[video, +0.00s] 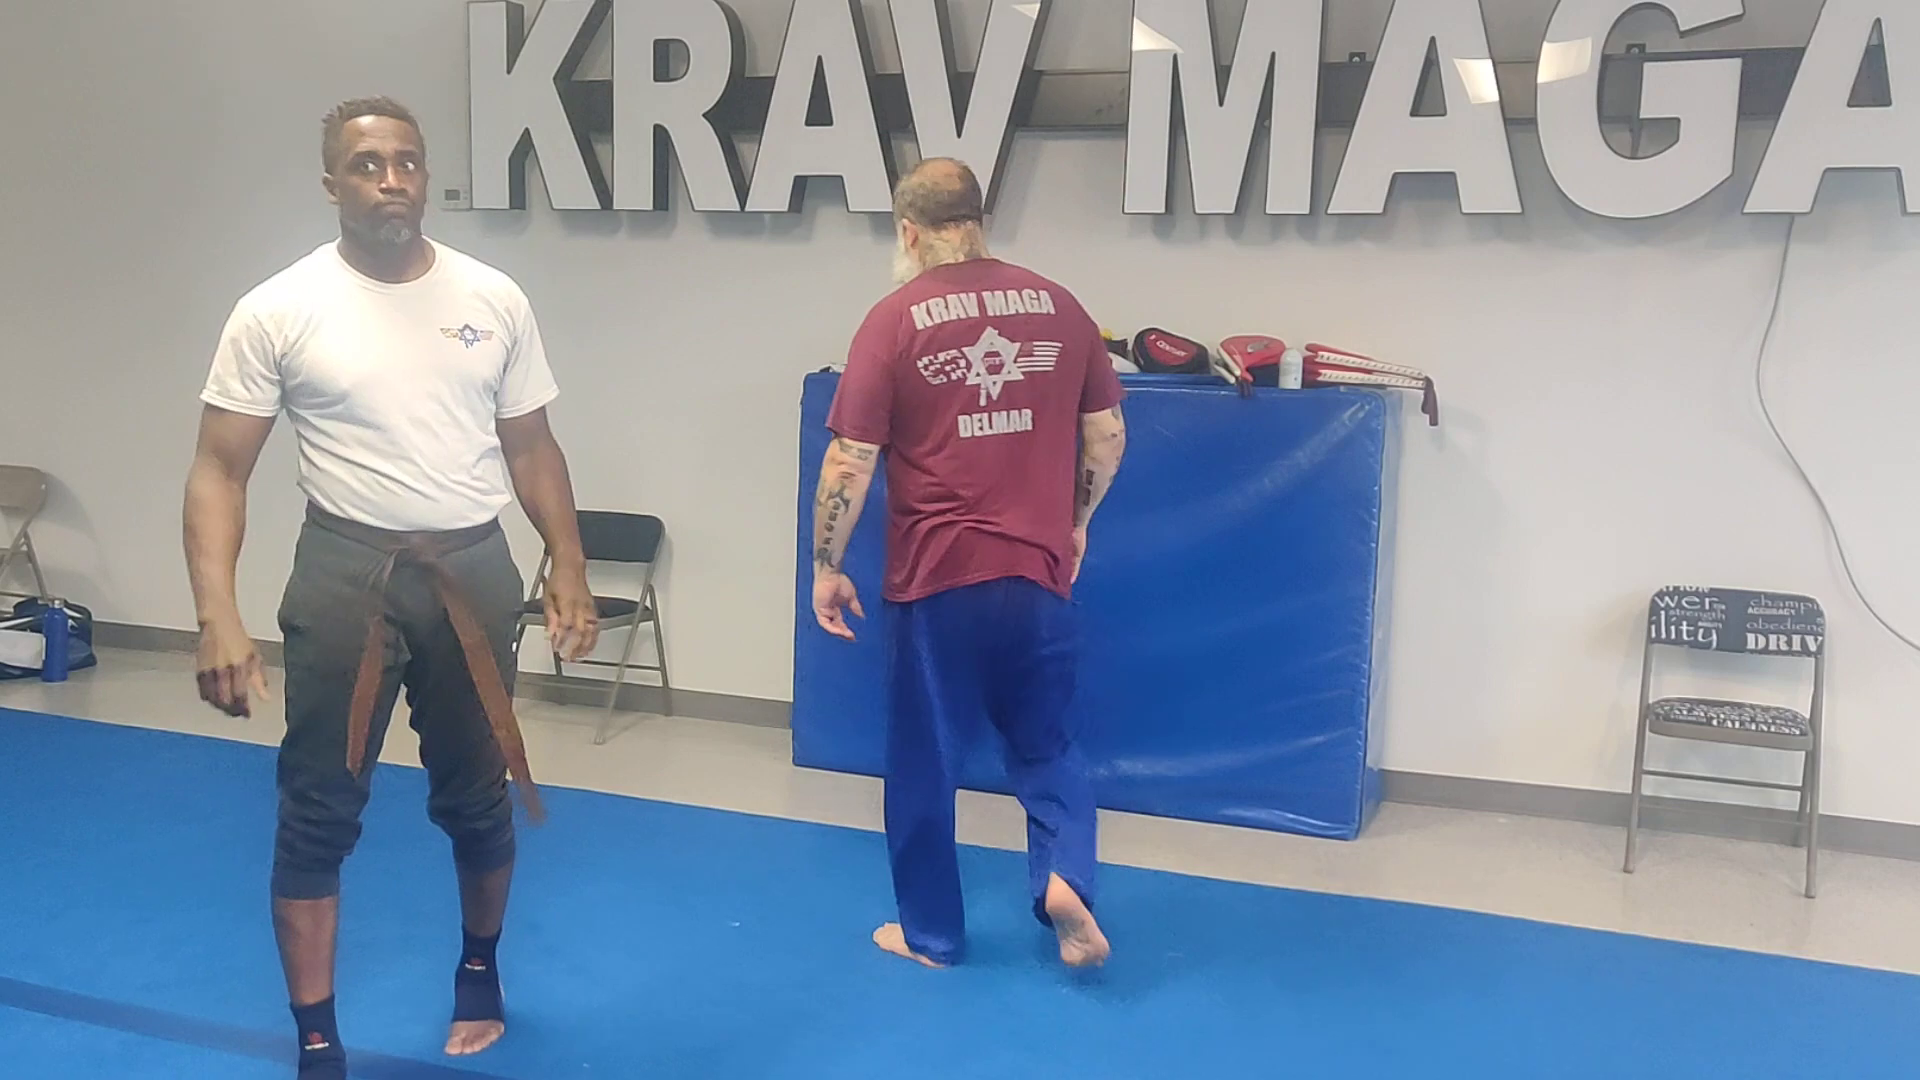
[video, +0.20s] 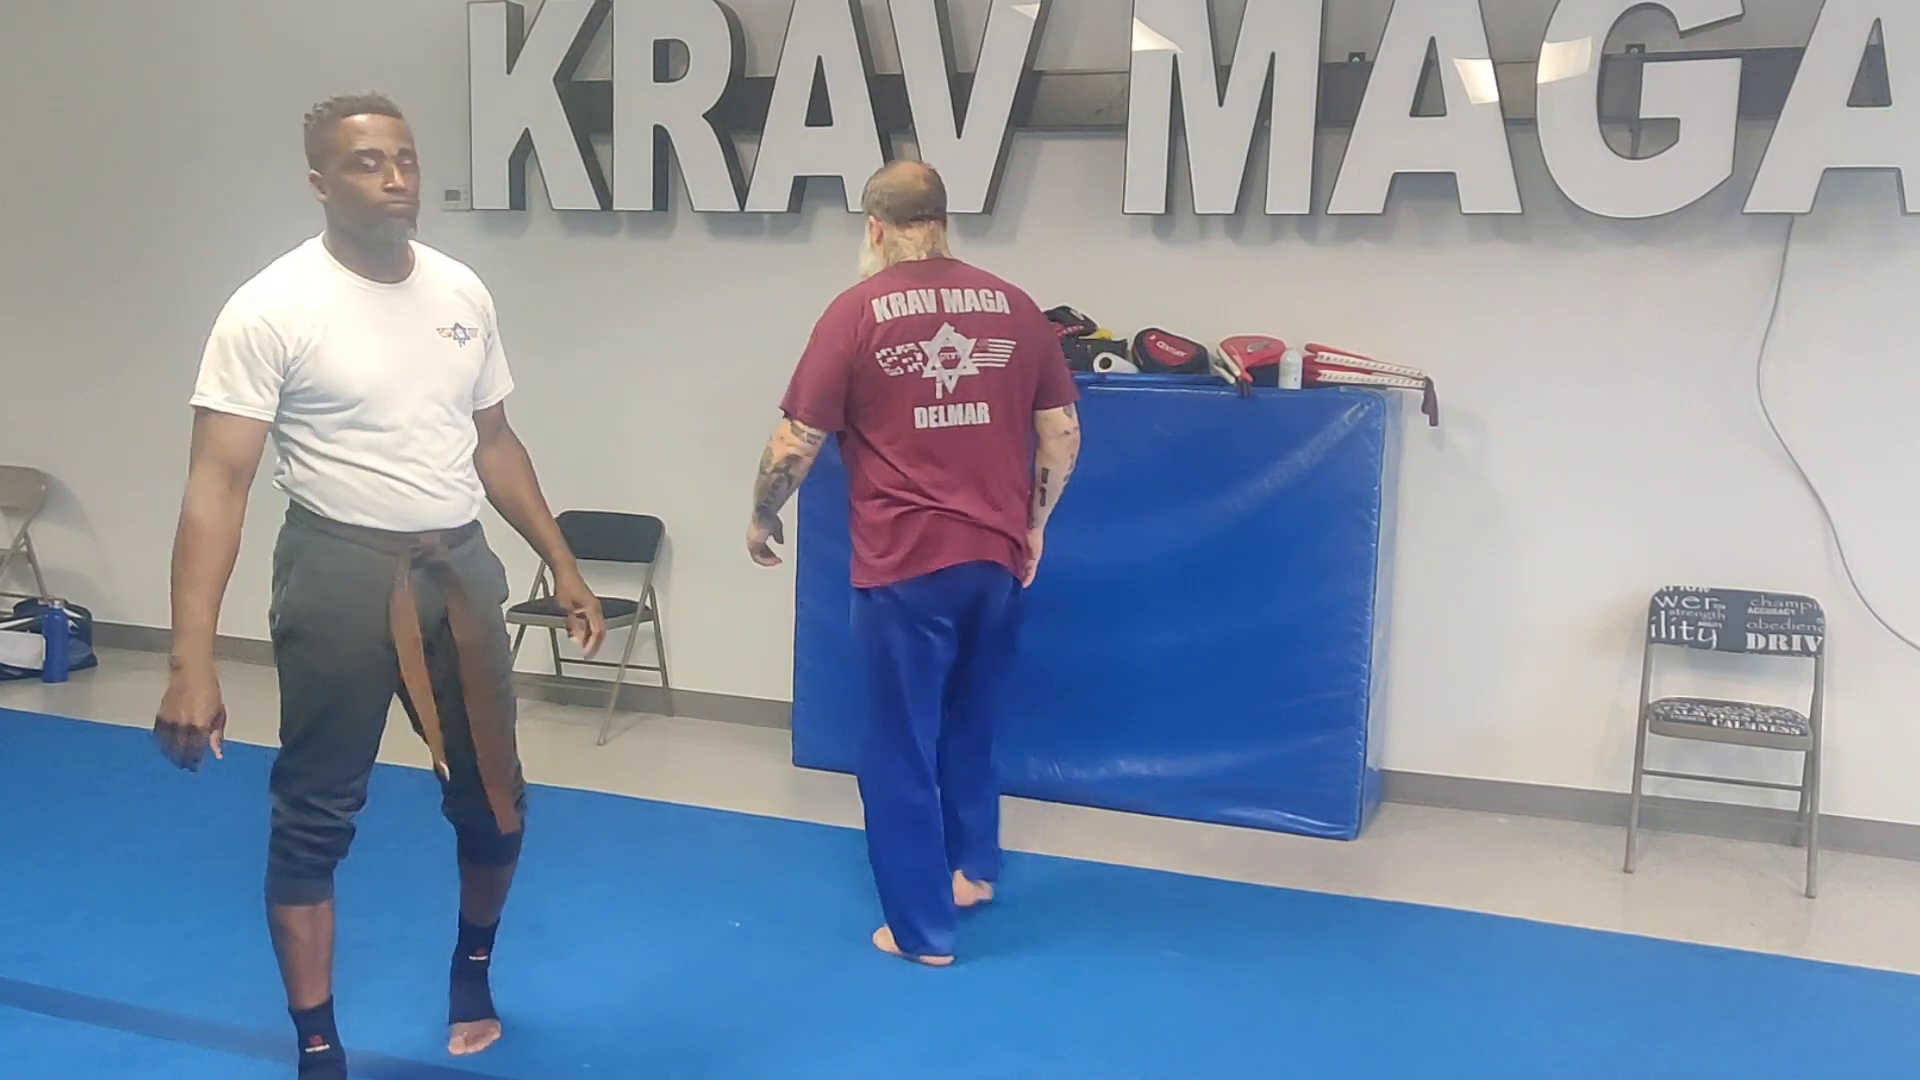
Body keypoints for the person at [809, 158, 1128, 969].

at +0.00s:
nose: (897, 239)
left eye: (897, 228)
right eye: (901, 227)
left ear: (909, 229)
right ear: (980, 222)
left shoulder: (896, 318)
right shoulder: (1057, 303)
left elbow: (849, 461)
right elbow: (1105, 436)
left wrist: (828, 563)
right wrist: (1076, 521)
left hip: (936, 568)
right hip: (1039, 563)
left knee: (922, 756)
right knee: (1048, 744)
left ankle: (932, 933)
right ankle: (1065, 875)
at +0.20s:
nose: (865, 241)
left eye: (865, 229)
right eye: (868, 229)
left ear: (878, 229)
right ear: (944, 227)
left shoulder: (857, 312)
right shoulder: (1015, 304)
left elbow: (793, 448)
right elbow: (1061, 431)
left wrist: (763, 516)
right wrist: (1035, 518)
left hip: (906, 564)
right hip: (999, 555)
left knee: (899, 745)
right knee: (971, 717)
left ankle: (921, 932)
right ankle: (972, 869)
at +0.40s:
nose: (844, 257)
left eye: (845, 247)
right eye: (853, 245)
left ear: (857, 248)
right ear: (920, 246)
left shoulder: (837, 325)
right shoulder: (983, 328)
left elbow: (773, 448)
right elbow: (1019, 450)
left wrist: (730, 518)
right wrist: (988, 533)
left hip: (868, 561)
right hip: (954, 559)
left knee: (877, 735)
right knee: (908, 715)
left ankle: (920, 916)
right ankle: (872, 845)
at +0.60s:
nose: (832, 250)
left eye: (832, 240)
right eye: (838, 240)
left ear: (839, 241)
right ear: (900, 243)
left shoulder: (819, 309)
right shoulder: (954, 327)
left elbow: (770, 424)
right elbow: (977, 446)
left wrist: (742, 521)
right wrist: (930, 506)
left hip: (830, 536)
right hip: (920, 540)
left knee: (791, 687)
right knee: (887, 695)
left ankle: (839, 819)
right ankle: (870, 857)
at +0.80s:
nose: (790, 256)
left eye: (790, 246)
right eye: (793, 247)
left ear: (801, 247)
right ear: (858, 247)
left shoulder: (788, 313)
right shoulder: (912, 321)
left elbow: (759, 421)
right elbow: (936, 434)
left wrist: (737, 522)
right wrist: (893, 495)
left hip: (801, 529)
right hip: (886, 533)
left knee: (760, 684)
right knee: (885, 692)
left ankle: (741, 822)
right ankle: (873, 850)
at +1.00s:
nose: (731, 270)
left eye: (730, 261)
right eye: (734, 260)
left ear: (739, 259)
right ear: (798, 256)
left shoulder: (734, 329)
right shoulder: (859, 323)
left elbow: (704, 444)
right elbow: (890, 436)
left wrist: (684, 532)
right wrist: (853, 502)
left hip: (765, 532)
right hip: (848, 529)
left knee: (745, 678)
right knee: (845, 674)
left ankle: (739, 809)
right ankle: (864, 807)